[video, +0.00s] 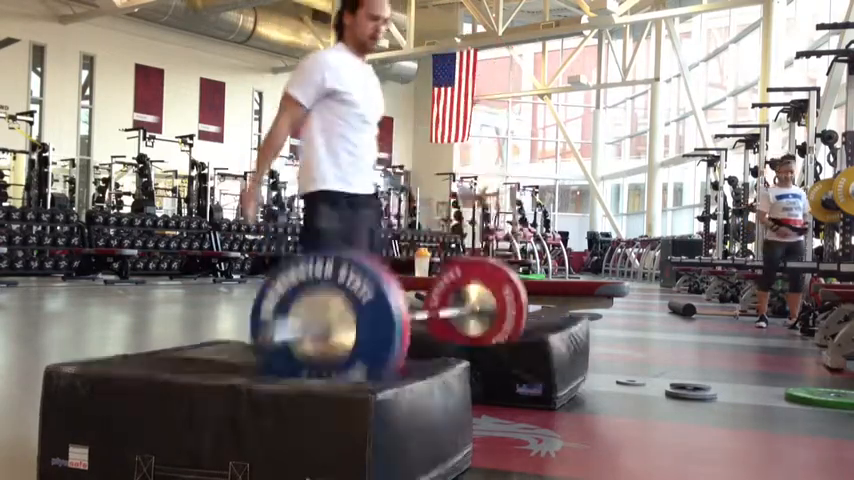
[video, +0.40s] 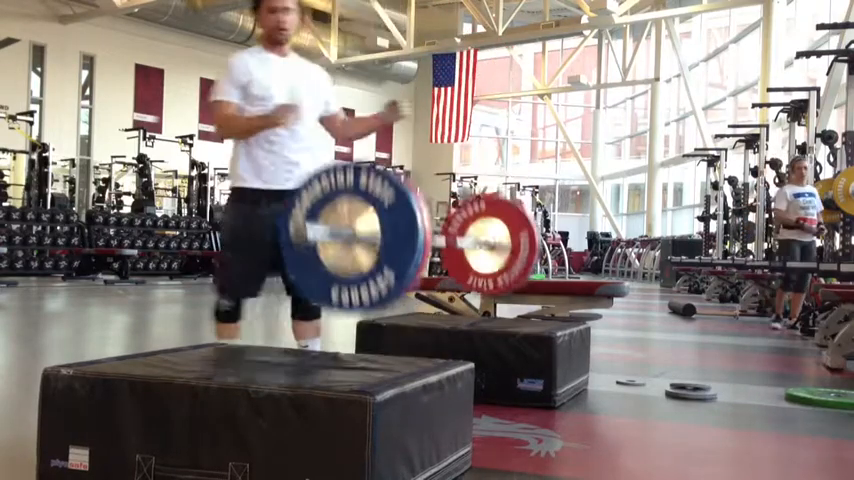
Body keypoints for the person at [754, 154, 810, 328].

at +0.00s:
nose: (788, 175)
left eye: (791, 172)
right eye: (784, 172)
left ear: (794, 173)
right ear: (777, 172)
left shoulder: (801, 193)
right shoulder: (768, 192)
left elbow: (806, 215)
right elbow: (761, 216)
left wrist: (805, 225)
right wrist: (776, 228)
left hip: (796, 240)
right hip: (774, 240)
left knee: (797, 277)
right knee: (768, 276)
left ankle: (793, 318)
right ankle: (762, 315)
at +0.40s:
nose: (803, 171)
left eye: (805, 168)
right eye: (799, 168)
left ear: (808, 170)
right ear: (792, 170)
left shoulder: (812, 190)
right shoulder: (785, 190)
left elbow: (818, 214)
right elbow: (778, 216)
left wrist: (820, 224)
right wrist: (798, 224)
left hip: (808, 239)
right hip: (790, 238)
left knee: (804, 279)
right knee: (789, 277)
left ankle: (794, 318)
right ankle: (778, 315)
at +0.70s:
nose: (809, 172)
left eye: (812, 169)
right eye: (805, 169)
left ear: (816, 171)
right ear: (799, 171)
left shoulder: (819, 191)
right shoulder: (790, 190)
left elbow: (823, 215)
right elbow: (782, 214)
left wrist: (825, 225)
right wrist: (803, 224)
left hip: (814, 239)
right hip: (796, 238)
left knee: (806, 276)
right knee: (801, 275)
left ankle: (795, 315)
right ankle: (805, 315)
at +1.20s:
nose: (810, 172)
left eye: (813, 169)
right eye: (807, 169)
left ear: (819, 171)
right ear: (802, 170)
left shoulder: (825, 190)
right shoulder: (795, 190)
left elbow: (829, 213)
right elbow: (790, 214)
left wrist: (831, 224)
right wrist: (813, 224)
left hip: (823, 238)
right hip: (803, 238)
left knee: (830, 274)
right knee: (807, 277)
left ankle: (821, 311)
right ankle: (808, 318)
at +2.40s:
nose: (820, 170)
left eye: (824, 166)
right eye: (817, 166)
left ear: (831, 168)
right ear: (813, 169)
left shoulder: (838, 187)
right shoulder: (805, 186)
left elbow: (845, 207)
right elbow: (787, 206)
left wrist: (845, 220)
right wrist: (805, 216)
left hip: (834, 238)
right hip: (812, 238)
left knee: (834, 278)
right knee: (810, 278)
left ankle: (832, 317)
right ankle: (809, 318)